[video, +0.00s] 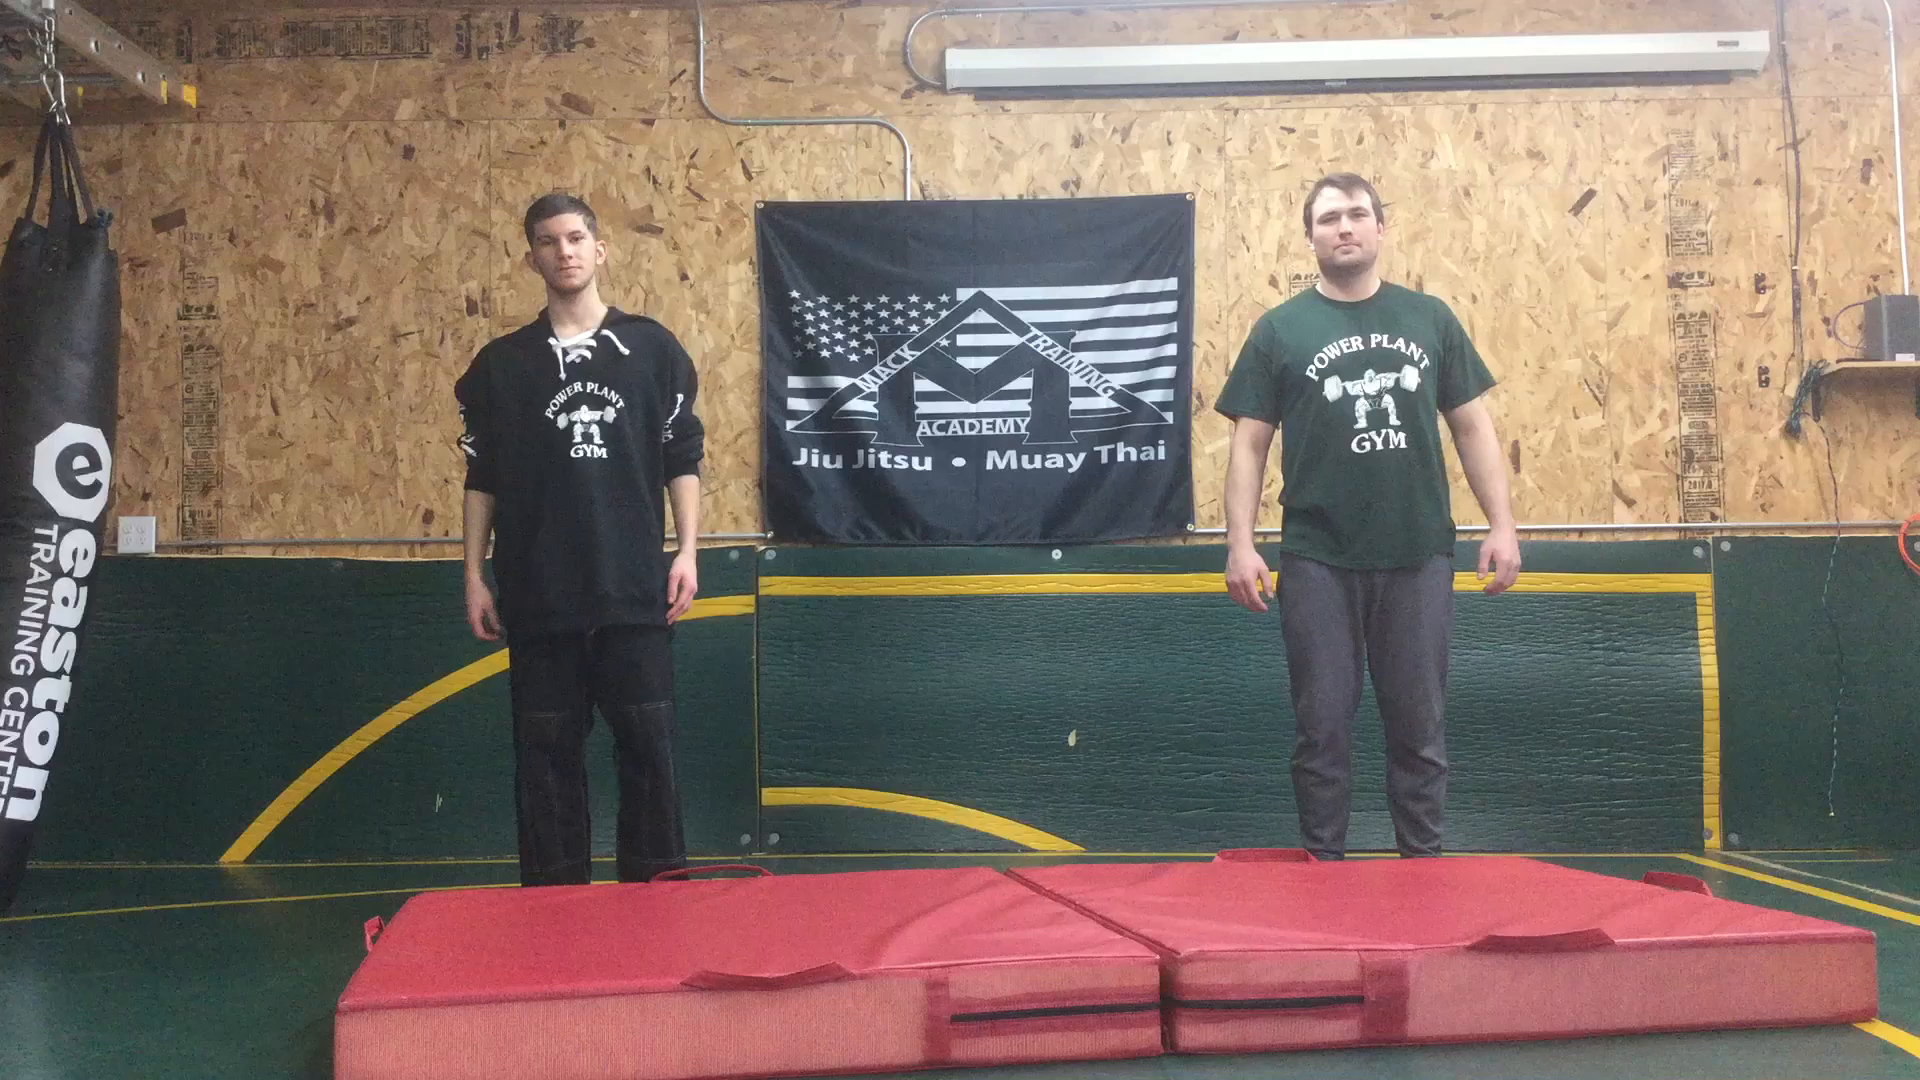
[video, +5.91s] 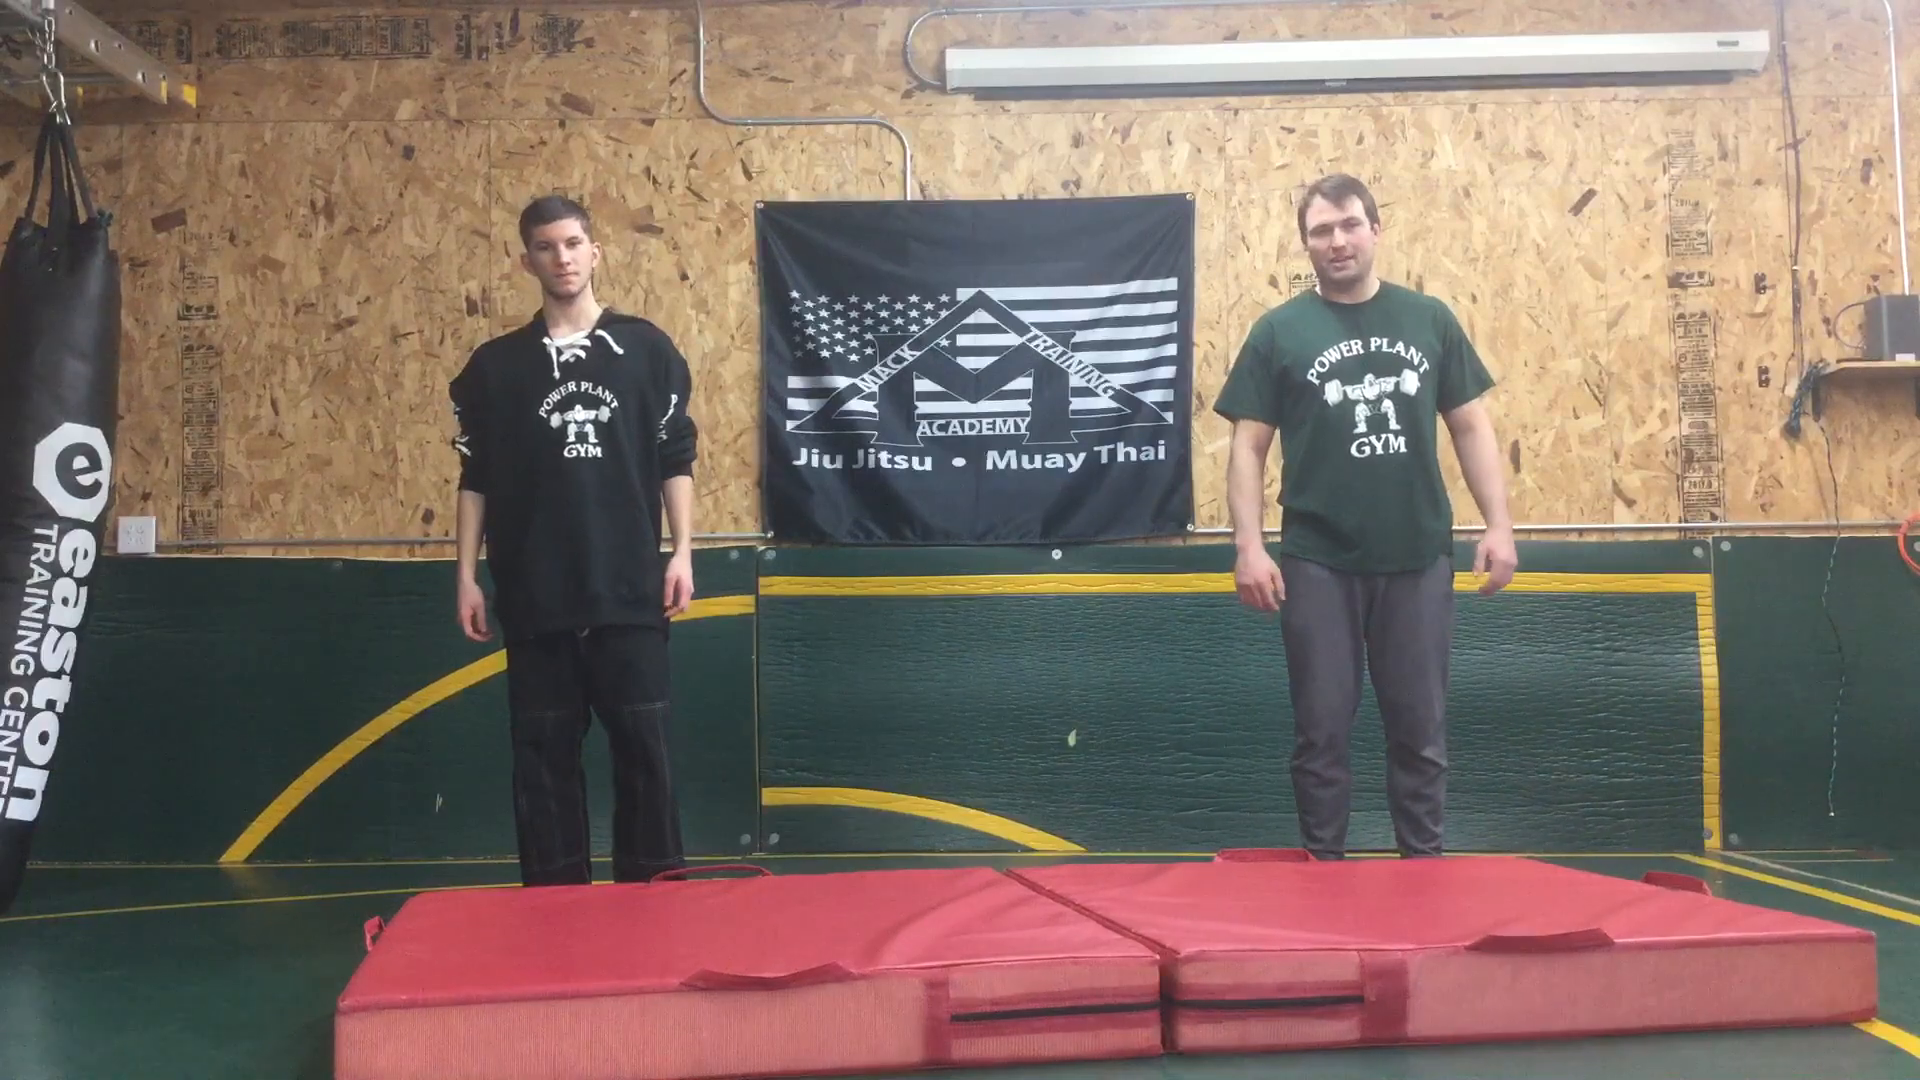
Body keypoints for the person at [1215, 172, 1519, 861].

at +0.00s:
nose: (1344, 227)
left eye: (1356, 215)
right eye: (1329, 219)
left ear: (1382, 228)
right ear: (1311, 239)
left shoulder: (1429, 318)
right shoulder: (1281, 329)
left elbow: (1470, 424)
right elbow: (1249, 440)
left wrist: (1502, 524)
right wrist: (1240, 543)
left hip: (1417, 551)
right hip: (1317, 553)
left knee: (1419, 723)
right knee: (1321, 722)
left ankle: (1424, 866)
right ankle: (1322, 867)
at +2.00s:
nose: (1342, 233)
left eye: (1353, 219)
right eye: (1325, 224)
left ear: (1378, 228)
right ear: (1307, 240)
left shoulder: (1428, 318)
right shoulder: (1279, 331)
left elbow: (1469, 425)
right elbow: (1249, 446)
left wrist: (1500, 525)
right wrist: (1245, 546)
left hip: (1416, 553)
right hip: (1317, 556)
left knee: (1418, 726)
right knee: (1322, 725)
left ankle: (1423, 869)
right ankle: (1323, 870)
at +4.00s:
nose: (1336, 230)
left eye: (1348, 217)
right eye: (1320, 222)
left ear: (1376, 229)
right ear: (1304, 241)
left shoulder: (1428, 318)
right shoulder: (1278, 331)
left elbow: (1468, 426)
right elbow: (1249, 446)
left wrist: (1497, 525)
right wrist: (1249, 547)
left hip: (1417, 555)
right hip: (1317, 557)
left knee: (1419, 726)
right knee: (1322, 725)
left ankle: (1423, 870)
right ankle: (1324, 871)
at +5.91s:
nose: (1337, 241)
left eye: (1349, 225)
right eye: (1321, 231)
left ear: (1375, 230)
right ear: (1304, 244)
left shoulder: (1429, 320)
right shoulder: (1279, 332)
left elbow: (1469, 426)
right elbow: (1248, 447)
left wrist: (1499, 524)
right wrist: (1249, 546)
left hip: (1417, 556)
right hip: (1317, 558)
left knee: (1419, 727)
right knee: (1322, 726)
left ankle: (1423, 869)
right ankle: (1323, 871)